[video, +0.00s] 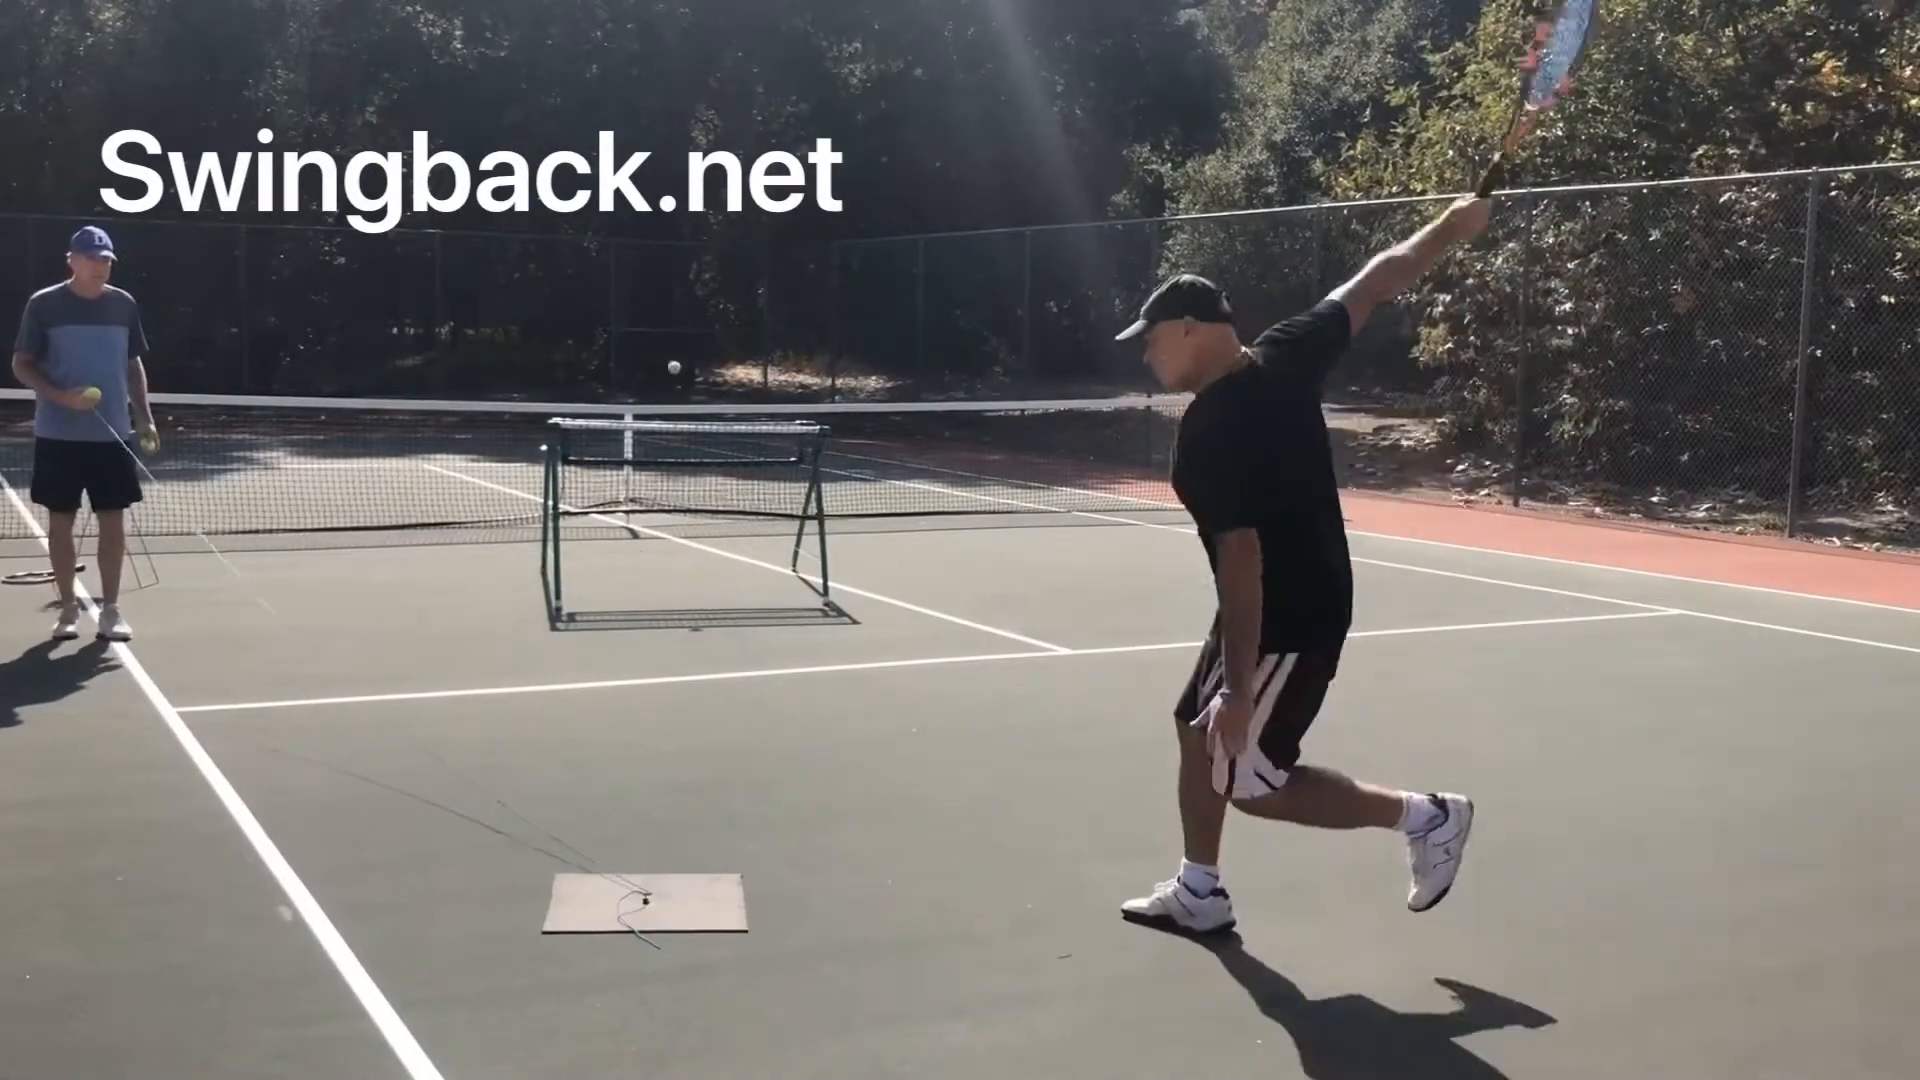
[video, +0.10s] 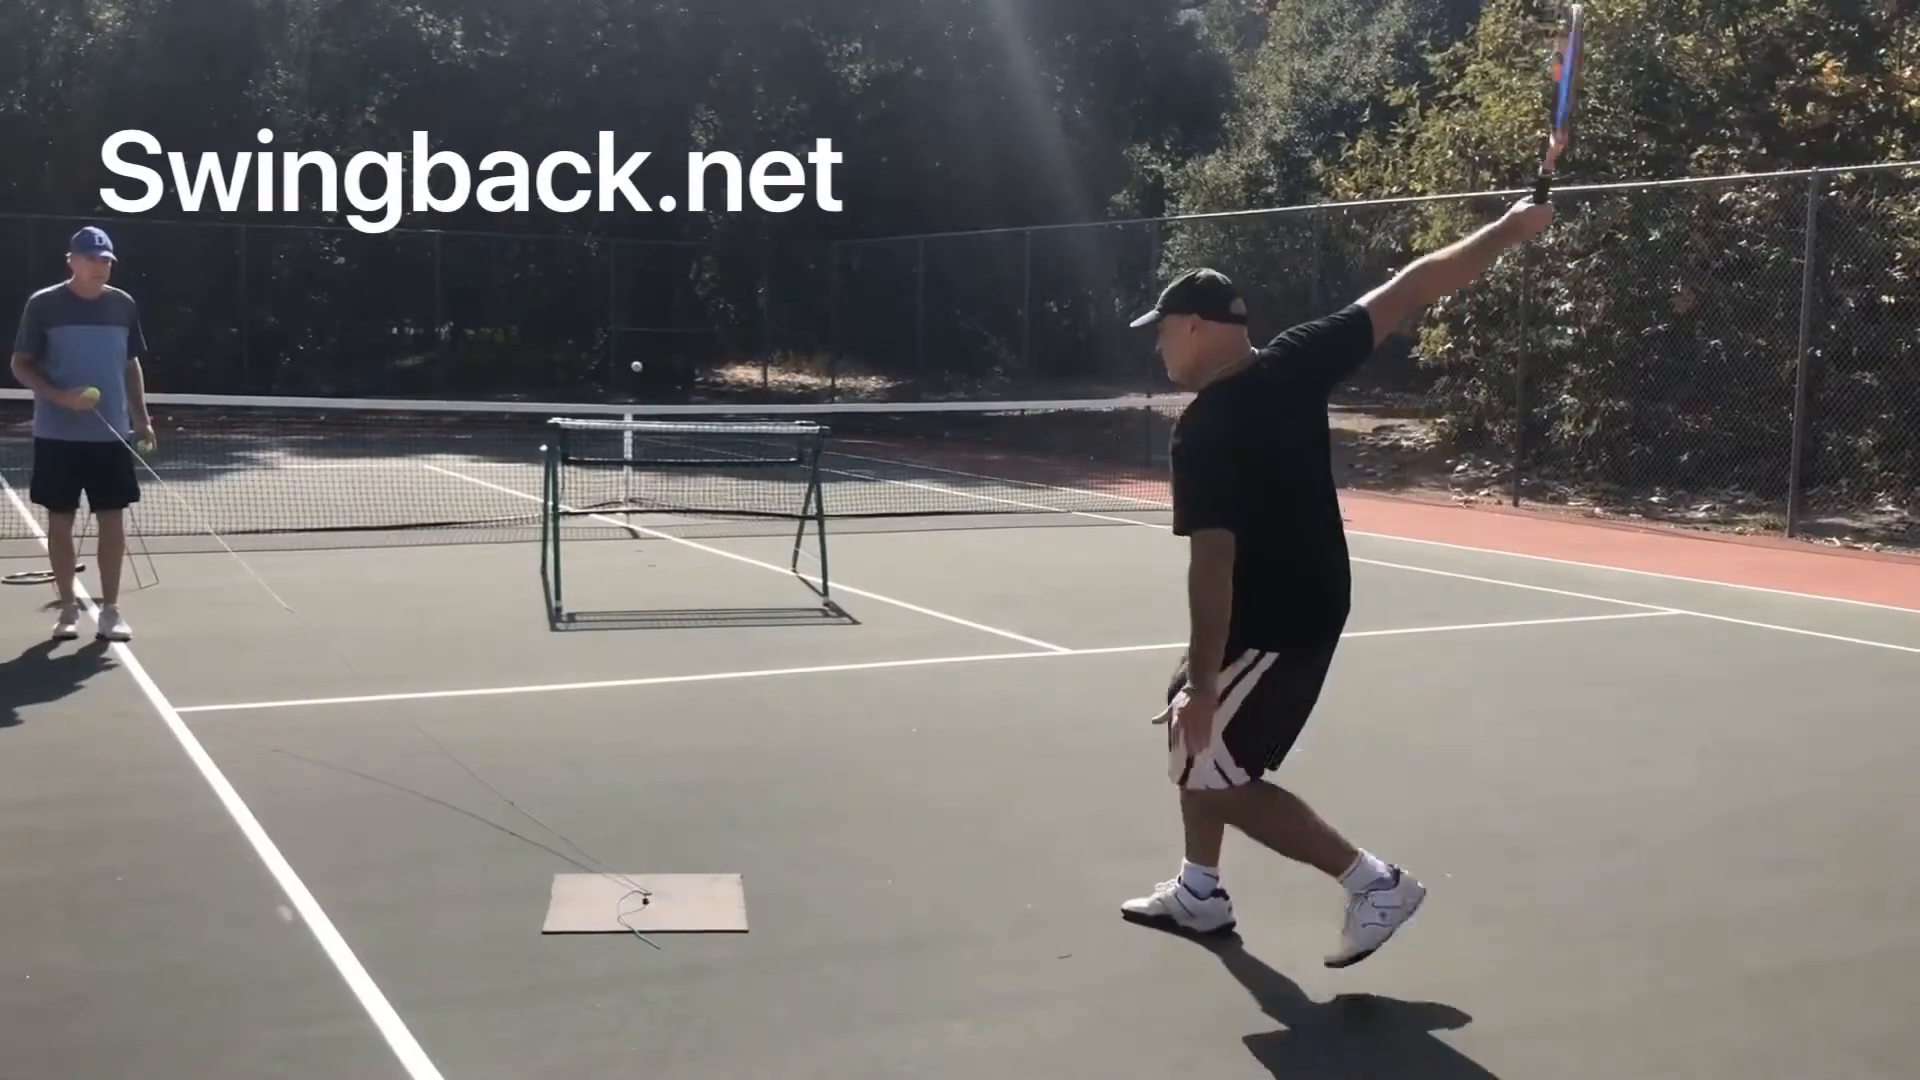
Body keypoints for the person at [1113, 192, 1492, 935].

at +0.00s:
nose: (1148, 356)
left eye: (1154, 339)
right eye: (1146, 342)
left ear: (1195, 332)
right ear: (1210, 330)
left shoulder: (1207, 438)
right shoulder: (1287, 353)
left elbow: (1241, 570)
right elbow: (1376, 283)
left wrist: (1237, 694)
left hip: (1292, 618)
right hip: (1288, 595)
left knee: (1253, 782)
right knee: (1197, 723)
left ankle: (1426, 818)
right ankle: (1200, 888)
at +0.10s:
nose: (1158, 346)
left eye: (1166, 330)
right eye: (1159, 333)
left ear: (1208, 328)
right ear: (1225, 331)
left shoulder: (1207, 426)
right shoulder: (1299, 364)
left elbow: (1212, 560)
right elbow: (1408, 291)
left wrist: (1202, 687)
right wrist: (1507, 227)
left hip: (1273, 621)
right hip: (1306, 602)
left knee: (1218, 775)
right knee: (1190, 726)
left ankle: (1376, 884)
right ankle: (1199, 891)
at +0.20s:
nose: (1173, 341)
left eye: (1182, 327)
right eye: (1175, 328)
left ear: (1217, 332)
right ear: (1241, 331)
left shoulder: (1206, 439)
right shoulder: (1315, 368)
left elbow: (1185, 575)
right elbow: (1432, 302)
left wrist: (1151, 689)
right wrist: (1527, 241)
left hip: (1274, 623)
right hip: (1327, 606)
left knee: (1196, 761)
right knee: (1195, 725)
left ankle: (1277, 964)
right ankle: (1205, 892)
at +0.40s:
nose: (1216, 319)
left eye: (1224, 305)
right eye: (1219, 305)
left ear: (1253, 312)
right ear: (1291, 310)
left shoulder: (1230, 414)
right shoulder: (1364, 366)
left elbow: (1199, 542)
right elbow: (1479, 380)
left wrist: (1124, 619)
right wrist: (1515, 312)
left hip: (1297, 621)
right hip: (1384, 611)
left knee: (1229, 773)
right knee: (1322, 762)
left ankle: (1262, 975)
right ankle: (1277, 896)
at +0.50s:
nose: (1256, 298)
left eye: (1261, 286)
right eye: (1259, 285)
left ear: (1288, 291)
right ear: (1332, 289)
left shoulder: (1263, 389)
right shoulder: (1394, 357)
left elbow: (1243, 524)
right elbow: (1491, 435)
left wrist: (1181, 585)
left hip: (1322, 615)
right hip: (1414, 609)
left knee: (1267, 779)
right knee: (1373, 756)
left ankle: (1267, 978)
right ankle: (1400, 915)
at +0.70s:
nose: (1343, 317)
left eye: (1351, 304)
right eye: (1346, 303)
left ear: (1381, 311)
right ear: (1421, 314)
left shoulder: (1362, 408)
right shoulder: (1483, 398)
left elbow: (1361, 548)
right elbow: (1522, 529)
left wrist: (1308, 591)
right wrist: (1429, 558)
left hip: (1387, 654)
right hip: (1485, 654)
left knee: (1301, 792)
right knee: (1496, 796)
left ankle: (1268, 982)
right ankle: (1601, 967)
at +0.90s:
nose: (1398, 292)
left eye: (1405, 279)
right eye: (1401, 279)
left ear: (1436, 287)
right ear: (1476, 290)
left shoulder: (1438, 374)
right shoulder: (1515, 365)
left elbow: (1430, 521)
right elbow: (1535, 506)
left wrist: (1368, 544)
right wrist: (1450, 573)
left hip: (1491, 623)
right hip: (1562, 618)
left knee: (1413, 784)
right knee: (1558, 797)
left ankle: (1357, 988)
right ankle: (1606, 976)